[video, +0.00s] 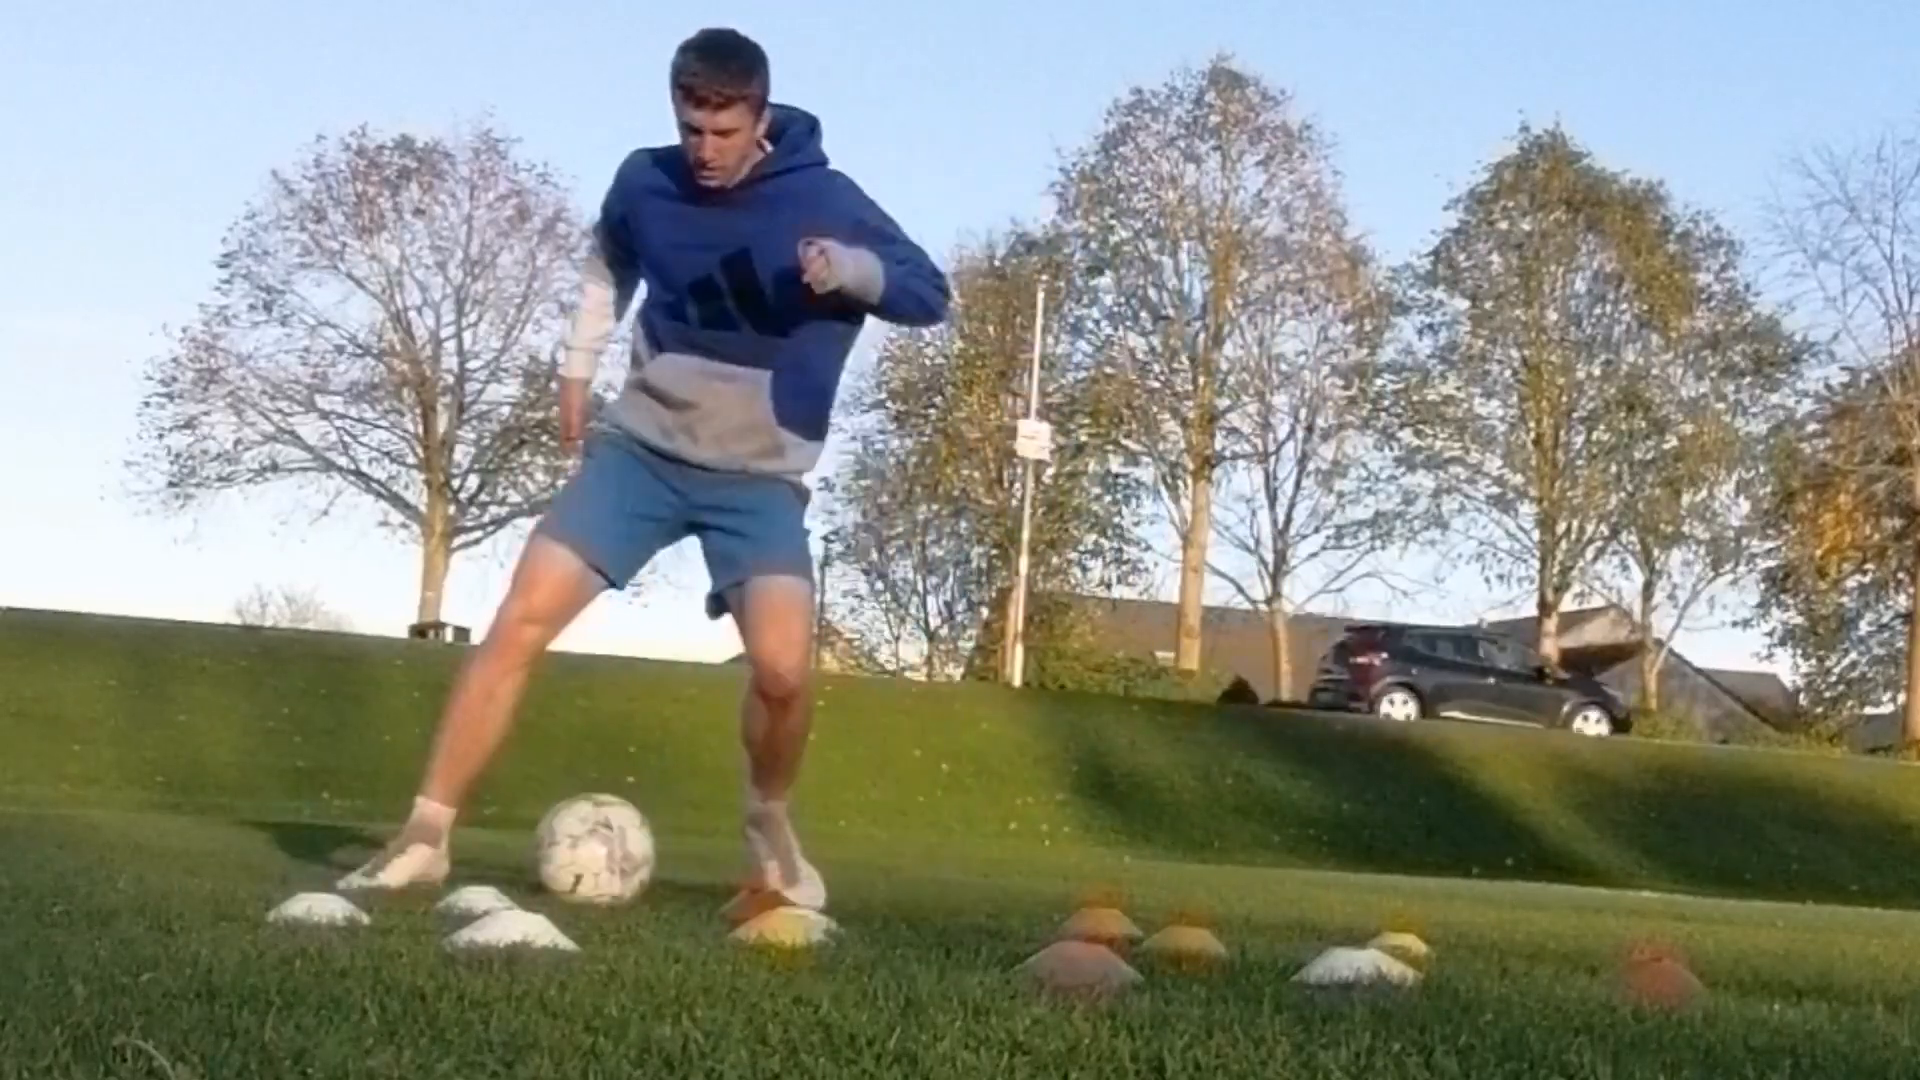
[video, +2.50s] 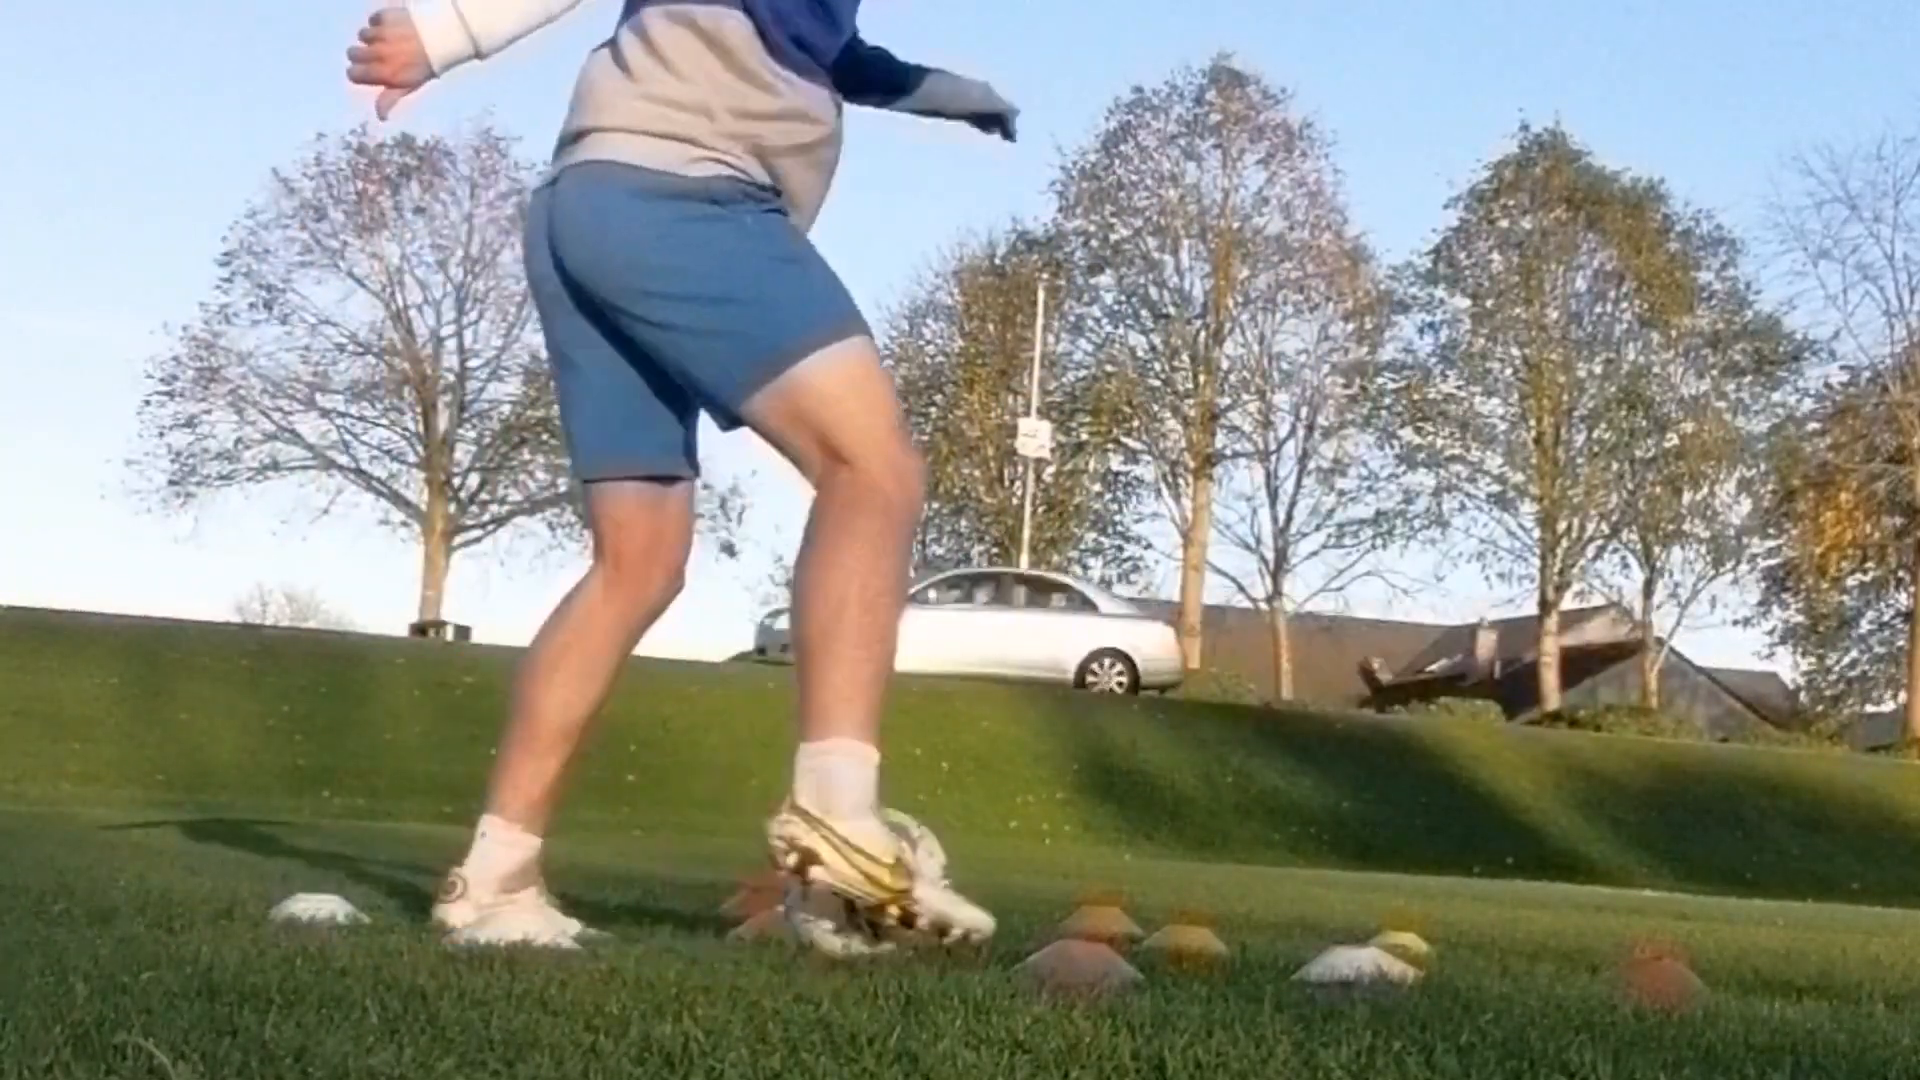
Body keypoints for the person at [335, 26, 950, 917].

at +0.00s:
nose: (706, 141)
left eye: (726, 123)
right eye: (694, 121)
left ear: (762, 114)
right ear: (677, 109)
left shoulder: (824, 201)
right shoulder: (645, 184)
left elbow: (931, 294)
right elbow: (607, 266)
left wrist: (853, 270)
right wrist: (575, 374)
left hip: (760, 483)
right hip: (636, 452)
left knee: (785, 676)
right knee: (522, 619)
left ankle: (770, 821)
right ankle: (425, 836)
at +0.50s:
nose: (641, 26)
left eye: (662, 9)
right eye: (627, 7)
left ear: (701, 3)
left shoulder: (754, 100)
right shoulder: (557, 56)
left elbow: (796, 263)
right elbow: (509, 155)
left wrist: (747, 302)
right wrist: (490, 271)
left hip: (692, 381)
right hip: (559, 384)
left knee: (734, 550)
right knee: (570, 625)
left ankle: (785, 821)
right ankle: (612, 872)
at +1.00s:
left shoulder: (714, 10)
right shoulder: (484, 0)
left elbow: (798, 85)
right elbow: (413, 27)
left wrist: (841, 123)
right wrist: (376, 33)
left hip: (621, 311)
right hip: (475, 297)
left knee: (609, 554)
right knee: (368, 510)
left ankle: (619, 796)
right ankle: (498, 764)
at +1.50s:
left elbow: (410, 187)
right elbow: (69, 79)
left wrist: (352, 285)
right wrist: (61, 177)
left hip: (311, 364)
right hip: (129, 321)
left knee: (413, 603)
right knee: (5, 565)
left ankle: (147, 700)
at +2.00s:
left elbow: (522, 89)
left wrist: (628, 184)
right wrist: (298, 130)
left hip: (516, 189)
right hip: (414, 161)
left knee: (676, 478)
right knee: (549, 482)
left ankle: (597, 817)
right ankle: (436, 871)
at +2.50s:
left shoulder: (814, 19)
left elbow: (837, 59)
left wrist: (973, 97)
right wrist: (448, 31)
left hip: (576, 201)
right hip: (675, 186)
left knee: (640, 557)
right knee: (877, 472)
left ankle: (493, 879)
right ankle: (837, 810)